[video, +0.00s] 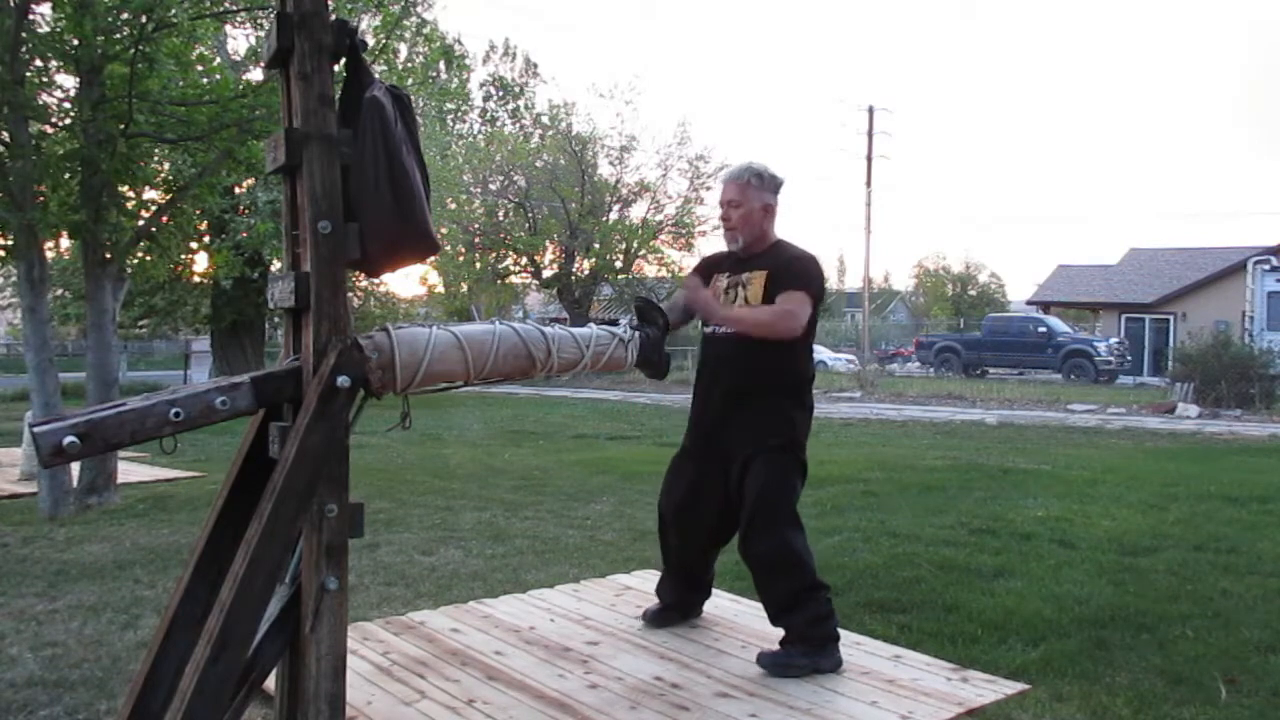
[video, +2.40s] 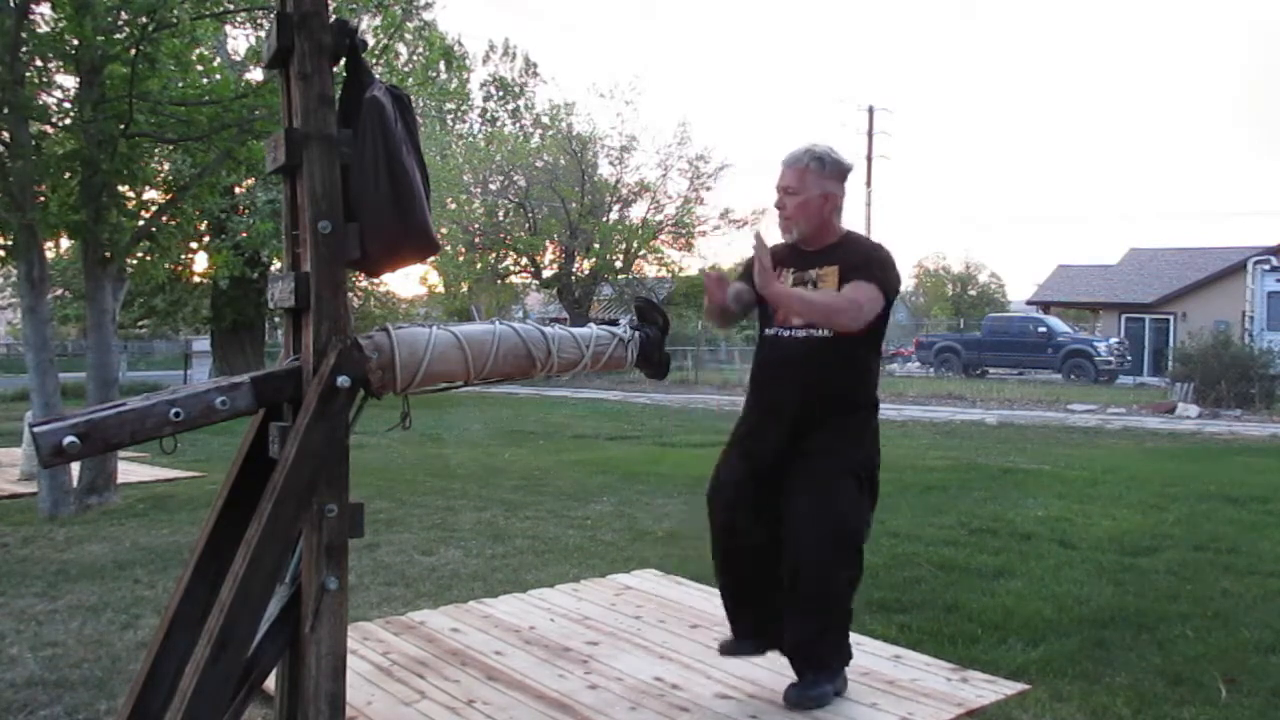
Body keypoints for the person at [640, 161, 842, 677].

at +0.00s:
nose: (725, 216)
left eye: (736, 207)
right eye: (722, 207)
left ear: (770, 210)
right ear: (722, 208)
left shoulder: (797, 265)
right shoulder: (712, 268)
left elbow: (791, 321)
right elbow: (678, 312)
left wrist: (718, 314)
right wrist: (656, 320)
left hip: (772, 426)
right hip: (712, 421)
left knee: (767, 528)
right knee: (681, 508)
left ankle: (815, 642)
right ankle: (682, 597)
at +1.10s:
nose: (727, 222)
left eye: (737, 213)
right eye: (722, 213)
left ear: (768, 213)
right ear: (718, 212)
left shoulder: (796, 274)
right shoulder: (712, 273)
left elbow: (808, 348)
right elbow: (683, 332)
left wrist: (755, 389)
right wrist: (658, 359)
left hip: (762, 425)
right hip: (700, 419)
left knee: (762, 533)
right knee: (674, 514)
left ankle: (815, 642)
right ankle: (682, 598)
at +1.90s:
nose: (717, 224)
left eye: (729, 215)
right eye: (714, 214)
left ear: (761, 217)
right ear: (710, 216)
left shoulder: (794, 281)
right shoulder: (694, 281)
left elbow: (820, 354)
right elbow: (652, 342)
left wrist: (830, 422)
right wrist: (616, 395)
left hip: (768, 440)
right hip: (702, 436)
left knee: (785, 538)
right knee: (678, 523)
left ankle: (818, 652)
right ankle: (684, 603)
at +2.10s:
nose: (744, 219)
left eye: (757, 211)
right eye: (742, 210)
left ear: (792, 215)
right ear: (742, 212)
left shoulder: (829, 279)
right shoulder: (722, 280)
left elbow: (861, 355)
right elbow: (698, 357)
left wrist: (867, 415)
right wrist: (684, 421)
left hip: (800, 439)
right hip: (733, 433)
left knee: (800, 544)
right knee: (709, 522)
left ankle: (820, 665)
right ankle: (689, 603)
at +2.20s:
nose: (761, 213)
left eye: (775, 205)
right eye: (760, 203)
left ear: (811, 210)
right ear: (759, 205)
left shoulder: (851, 271)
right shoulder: (742, 276)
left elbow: (873, 336)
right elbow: (712, 346)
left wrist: (840, 373)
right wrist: (715, 406)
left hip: (821, 431)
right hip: (755, 427)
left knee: (809, 536)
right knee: (724, 515)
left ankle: (820, 667)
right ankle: (708, 602)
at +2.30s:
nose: (769, 209)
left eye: (782, 200)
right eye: (769, 198)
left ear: (821, 204)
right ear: (774, 201)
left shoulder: (862, 267)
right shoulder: (754, 271)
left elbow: (871, 329)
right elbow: (721, 330)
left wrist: (806, 332)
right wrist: (725, 356)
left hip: (830, 432)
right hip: (760, 428)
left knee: (815, 535)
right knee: (730, 519)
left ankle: (821, 666)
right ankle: (734, 613)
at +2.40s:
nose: (779, 204)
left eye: (792, 195)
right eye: (779, 193)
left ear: (832, 199)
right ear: (783, 195)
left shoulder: (869, 260)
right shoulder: (771, 262)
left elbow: (852, 313)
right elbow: (727, 311)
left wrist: (781, 295)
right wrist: (718, 298)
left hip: (837, 435)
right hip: (765, 427)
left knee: (821, 539)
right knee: (733, 509)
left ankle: (822, 667)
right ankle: (760, 626)